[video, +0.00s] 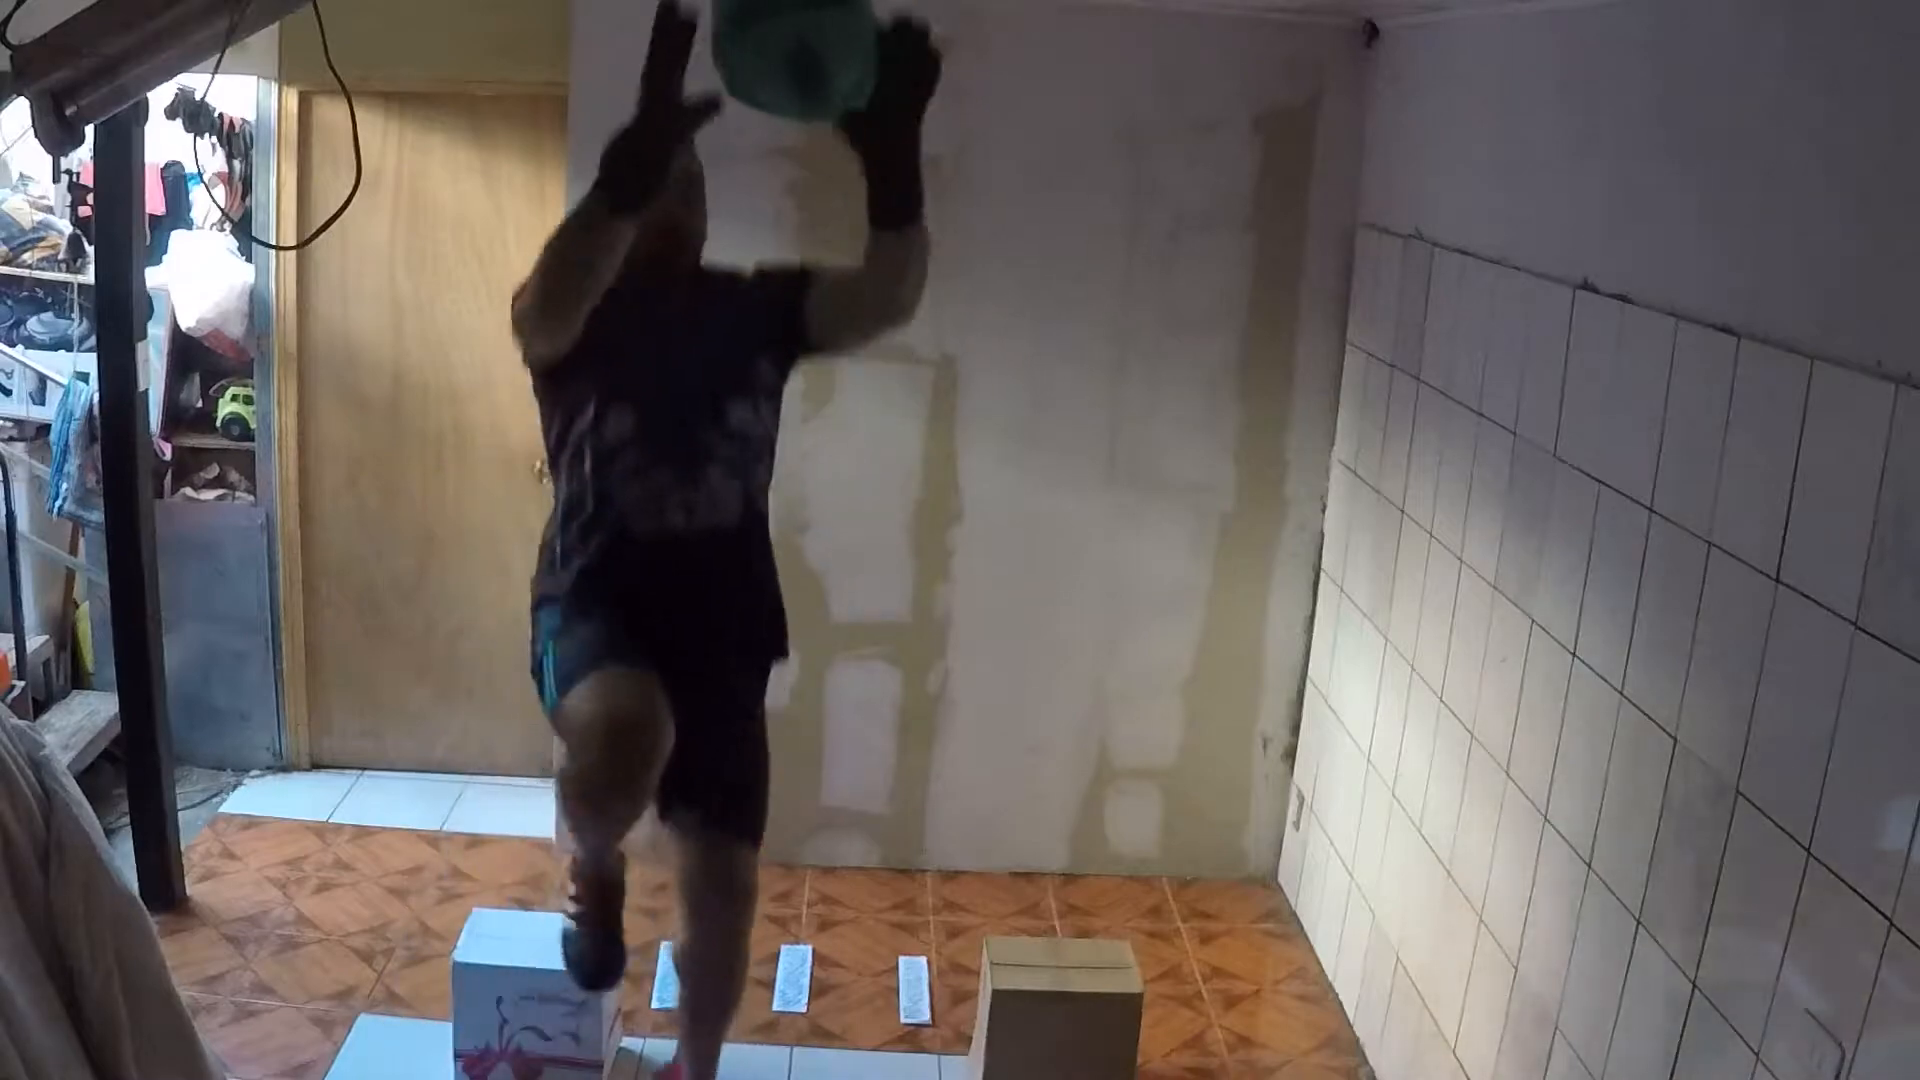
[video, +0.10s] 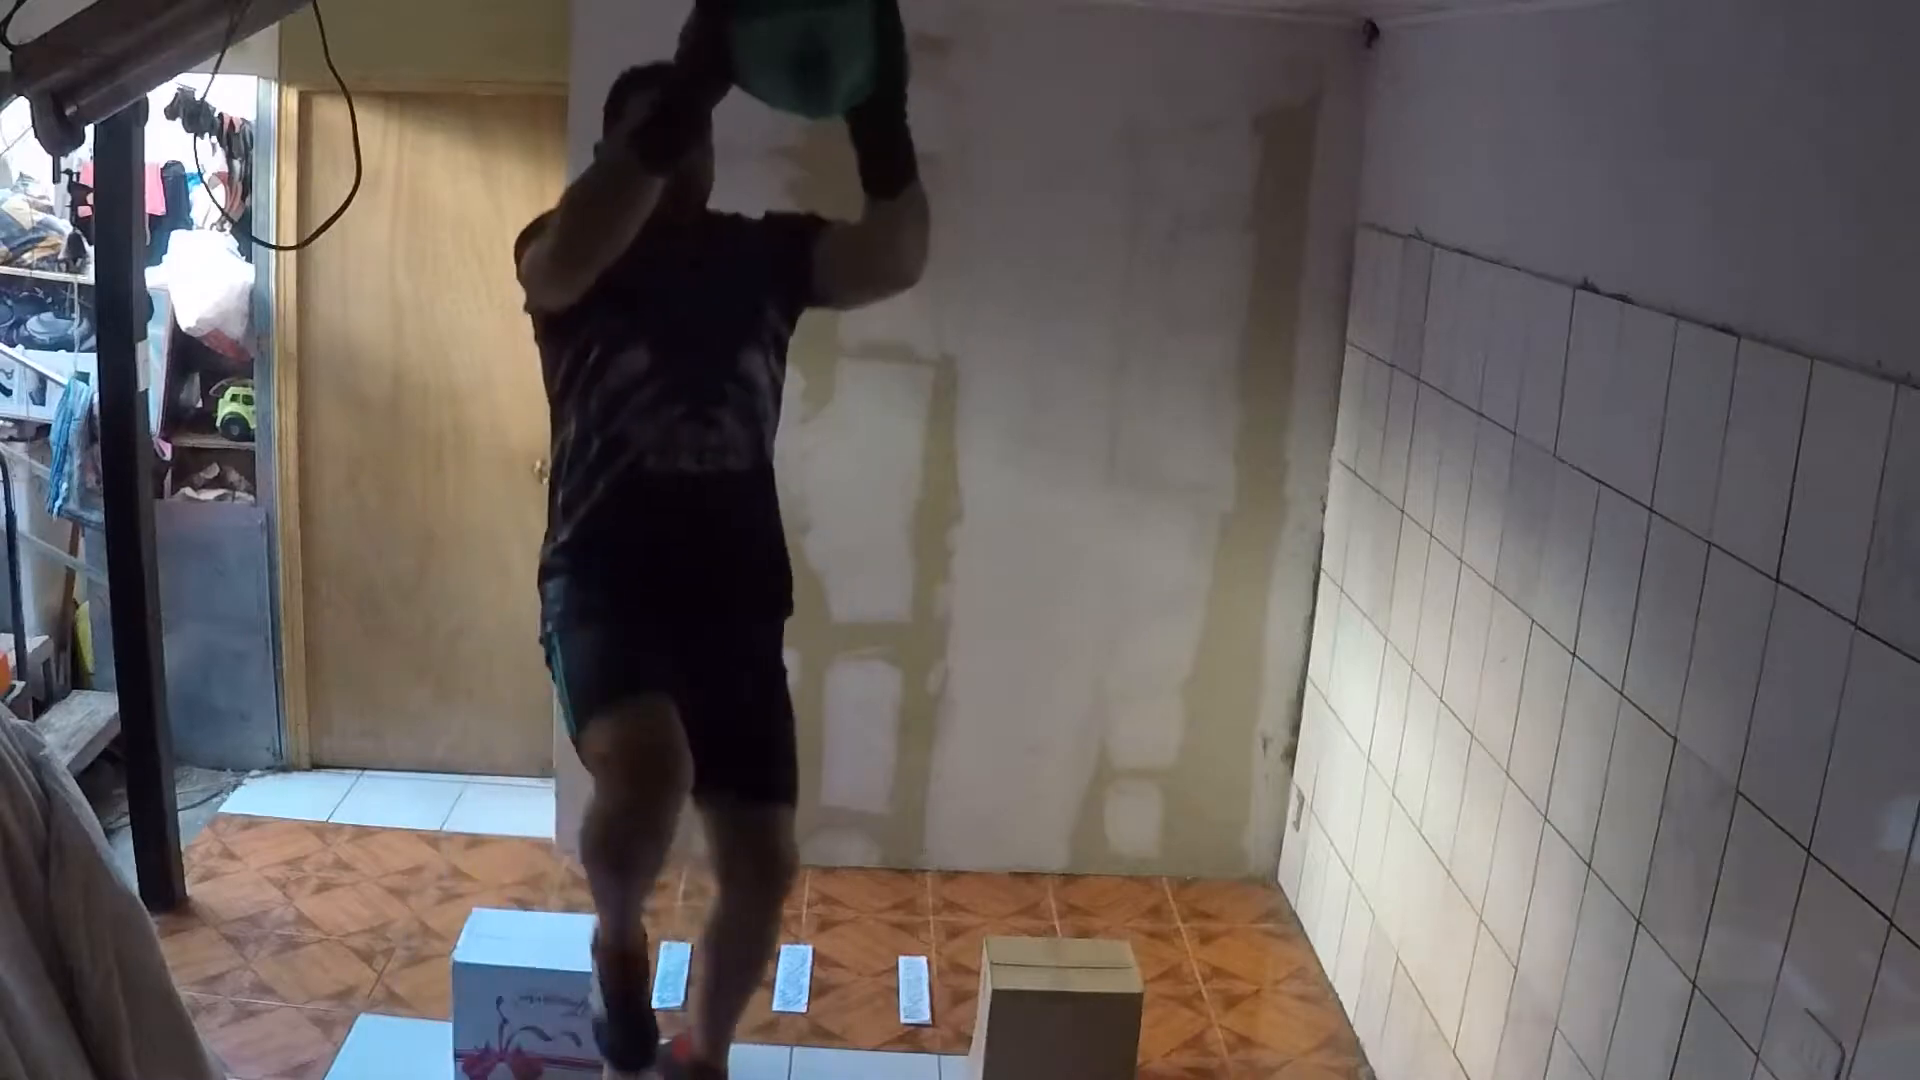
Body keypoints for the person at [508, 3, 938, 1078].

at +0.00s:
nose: (675, 208)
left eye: (685, 189)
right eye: (652, 195)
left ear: (707, 206)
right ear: (613, 218)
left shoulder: (755, 309)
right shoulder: (572, 318)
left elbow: (887, 296)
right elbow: (542, 318)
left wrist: (891, 152)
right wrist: (629, 164)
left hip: (724, 618)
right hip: (596, 601)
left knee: (722, 889)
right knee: (619, 732)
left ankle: (696, 1067)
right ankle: (594, 883)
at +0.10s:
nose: (668, 140)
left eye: (680, 124)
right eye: (642, 124)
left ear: (706, 141)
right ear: (605, 146)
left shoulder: (763, 250)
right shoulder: (564, 245)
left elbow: (894, 253)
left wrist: (877, 105)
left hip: (737, 568)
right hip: (605, 562)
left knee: (760, 857)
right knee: (645, 774)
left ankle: (703, 1053)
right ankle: (622, 963)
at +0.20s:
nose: (688, 158)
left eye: (698, 139)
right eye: (662, 139)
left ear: (720, 159)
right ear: (616, 156)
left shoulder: (766, 261)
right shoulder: (565, 254)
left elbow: (908, 267)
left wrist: (888, 117)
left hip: (747, 597)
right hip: (616, 600)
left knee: (792, 881)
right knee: (662, 876)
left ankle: (741, 1069)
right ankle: (631, 1061)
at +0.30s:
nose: (690, 227)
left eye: (704, 210)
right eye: (666, 209)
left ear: (727, 230)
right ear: (617, 228)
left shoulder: (773, 336)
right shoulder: (569, 337)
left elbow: (926, 380)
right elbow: (556, 411)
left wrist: (904, 230)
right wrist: (635, 244)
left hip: (761, 695)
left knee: (806, 972)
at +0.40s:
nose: (701, 387)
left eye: (713, 365)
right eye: (676, 366)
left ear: (730, 372)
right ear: (624, 377)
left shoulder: (777, 490)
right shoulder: (570, 502)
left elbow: (929, 583)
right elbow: (515, 648)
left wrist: (919, 467)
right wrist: (605, 491)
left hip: (764, 850)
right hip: (632, 868)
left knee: (824, 1062)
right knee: (662, 1067)